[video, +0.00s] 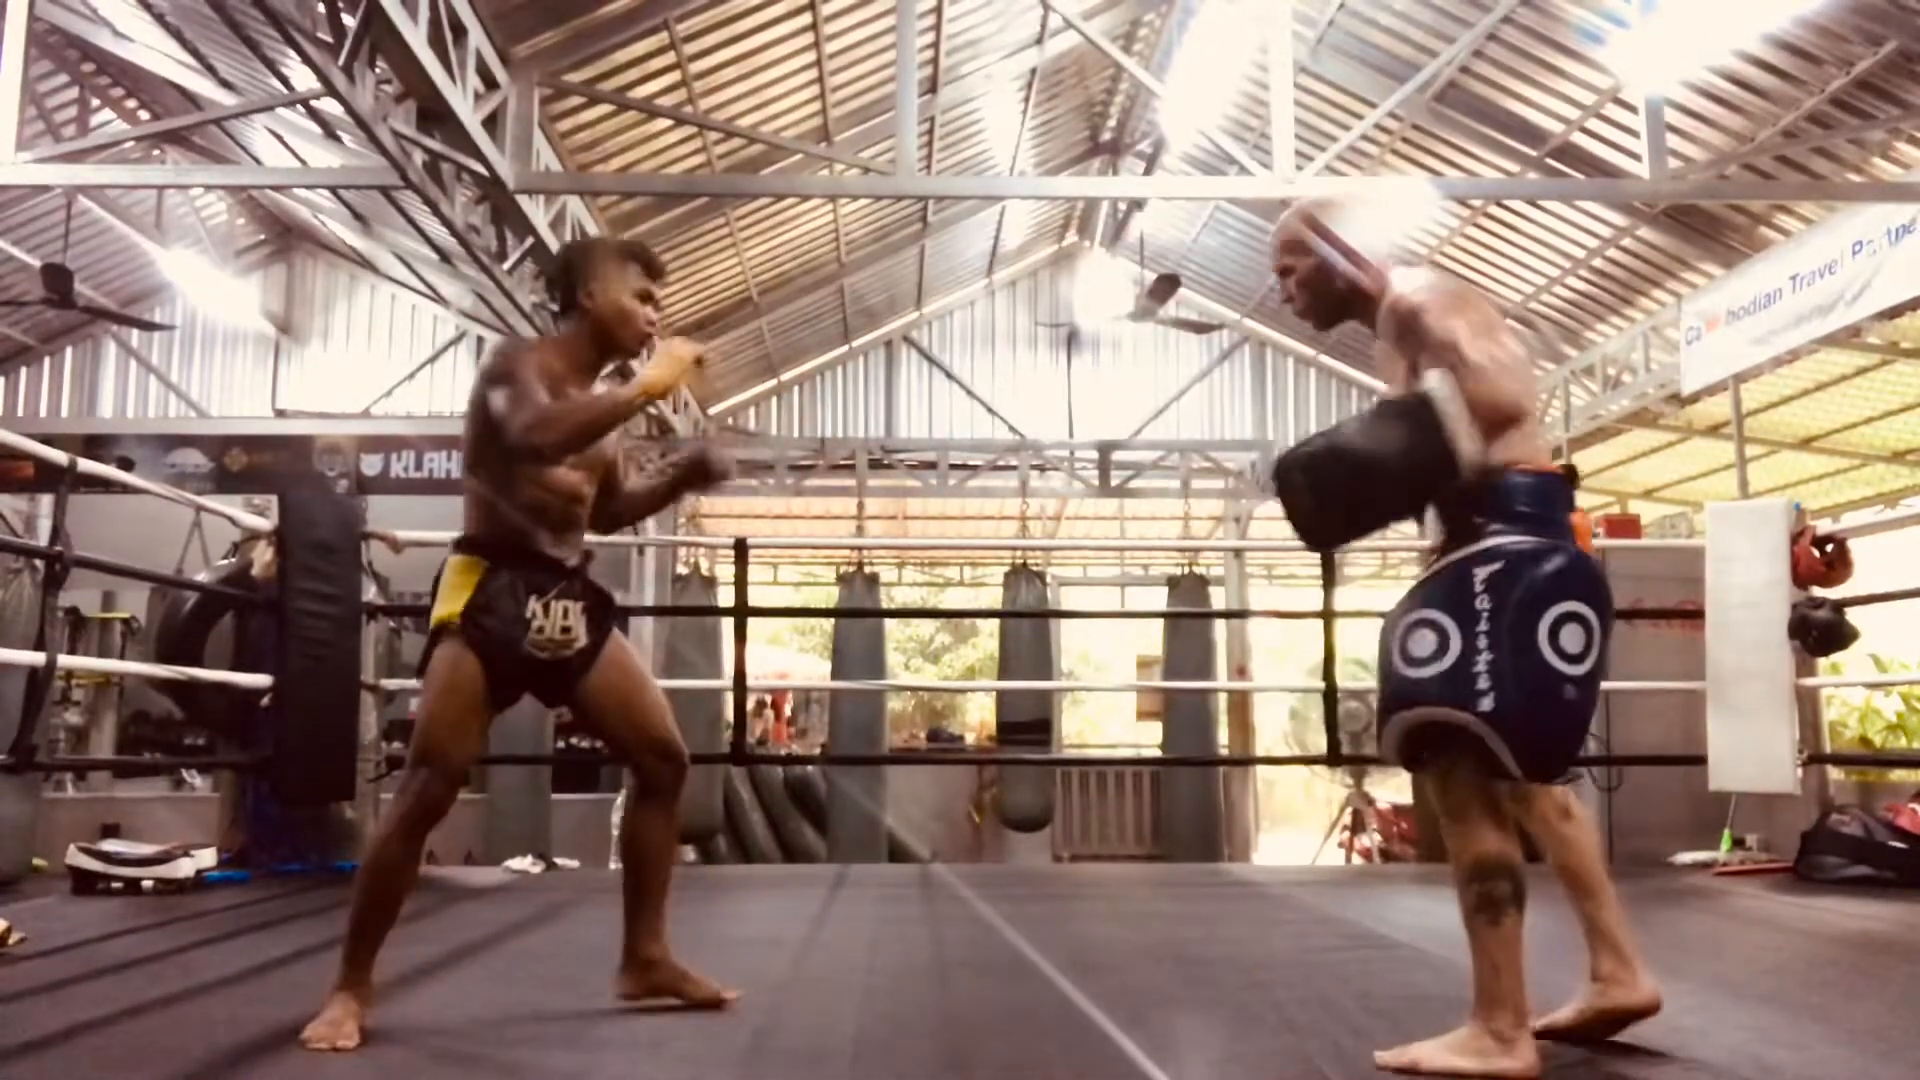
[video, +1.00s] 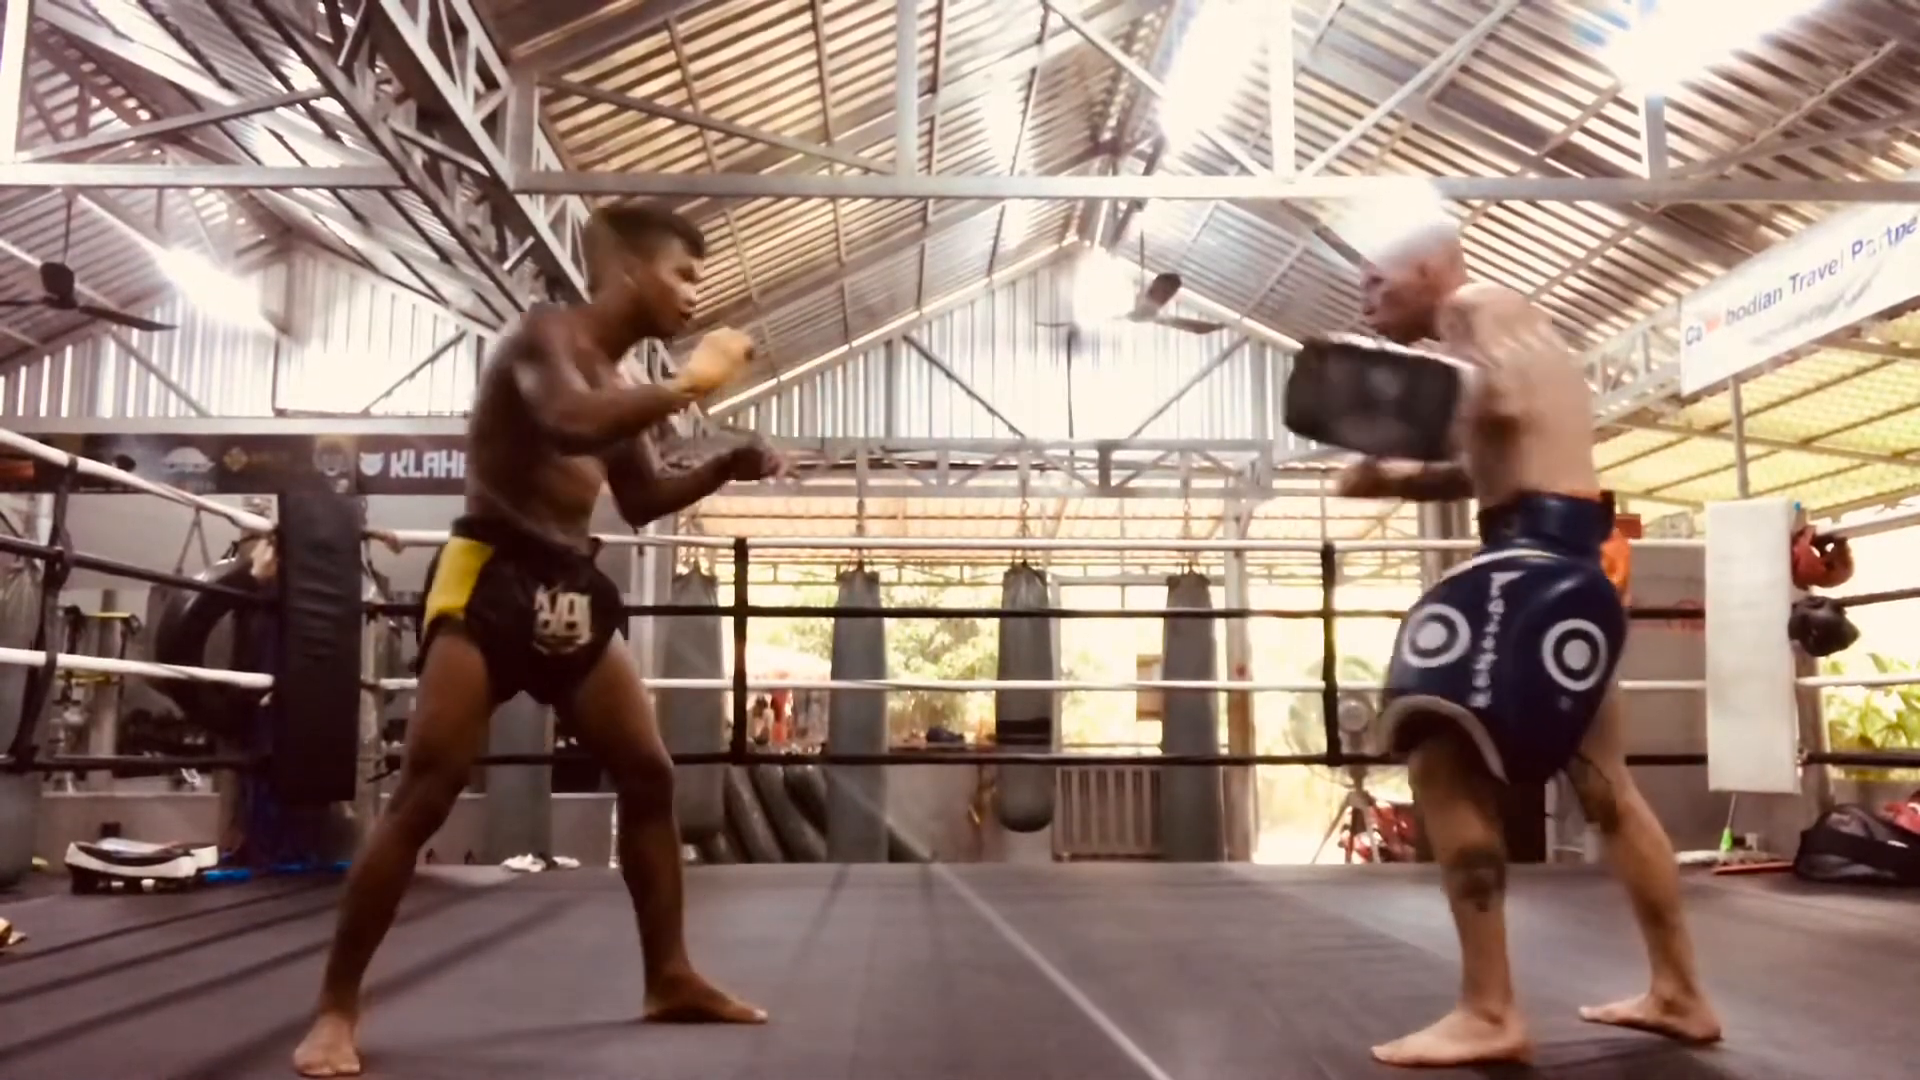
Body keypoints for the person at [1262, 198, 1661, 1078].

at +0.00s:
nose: (1285, 291)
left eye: (1291, 268)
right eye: (1279, 274)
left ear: (1338, 252)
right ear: (1342, 255)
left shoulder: (1415, 299)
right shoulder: (1430, 307)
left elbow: (1505, 395)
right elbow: (1456, 424)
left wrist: (1396, 442)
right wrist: (1372, 464)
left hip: (1501, 530)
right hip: (1535, 528)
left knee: (1462, 770)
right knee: (1532, 772)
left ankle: (1500, 1026)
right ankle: (1619, 974)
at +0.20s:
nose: (1293, 295)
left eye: (1299, 274)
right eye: (1291, 277)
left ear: (1344, 261)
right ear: (1356, 261)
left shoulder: (1425, 319)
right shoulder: (1472, 307)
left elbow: (1466, 452)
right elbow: (1486, 444)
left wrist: (1354, 448)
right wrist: (1359, 458)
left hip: (1516, 536)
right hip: (1564, 533)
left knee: (1451, 760)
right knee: (1540, 762)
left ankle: (1500, 1026)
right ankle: (1625, 962)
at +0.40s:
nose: (1344, 291)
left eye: (1346, 270)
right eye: (1337, 274)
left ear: (1387, 251)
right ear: (1405, 252)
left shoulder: (1467, 290)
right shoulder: (1449, 309)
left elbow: (1529, 382)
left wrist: (1432, 359)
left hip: (1522, 530)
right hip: (1548, 533)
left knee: (1461, 767)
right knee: (1569, 771)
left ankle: (1498, 1026)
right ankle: (1666, 974)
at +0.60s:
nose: (1375, 307)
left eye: (1382, 285)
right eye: (1372, 291)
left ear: (1436, 271)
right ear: (1429, 280)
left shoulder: (1521, 314)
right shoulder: (1470, 355)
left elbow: (1581, 400)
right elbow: (1502, 440)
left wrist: (1469, 420)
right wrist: (1425, 461)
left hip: (1570, 546)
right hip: (1556, 547)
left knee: (1462, 756)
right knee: (1592, 783)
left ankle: (1492, 1014)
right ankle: (1676, 993)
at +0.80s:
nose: (1388, 303)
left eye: (1395, 280)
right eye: (1384, 287)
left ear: (1450, 259)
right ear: (1445, 266)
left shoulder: (1512, 301)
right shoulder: (1480, 338)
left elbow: (1582, 382)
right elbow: (1497, 473)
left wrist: (1472, 386)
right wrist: (1423, 426)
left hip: (1561, 538)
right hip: (1569, 537)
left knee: (1482, 760)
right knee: (1608, 780)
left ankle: (1495, 1012)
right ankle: (1679, 991)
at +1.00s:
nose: (1368, 305)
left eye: (1376, 284)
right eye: (1364, 289)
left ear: (1428, 268)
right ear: (1433, 268)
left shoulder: (1473, 309)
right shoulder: (1519, 324)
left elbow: (1507, 397)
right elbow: (1489, 469)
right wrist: (1391, 477)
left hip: (1531, 550)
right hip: (1581, 551)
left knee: (1443, 759)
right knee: (1605, 786)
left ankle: (1488, 1008)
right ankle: (1680, 992)